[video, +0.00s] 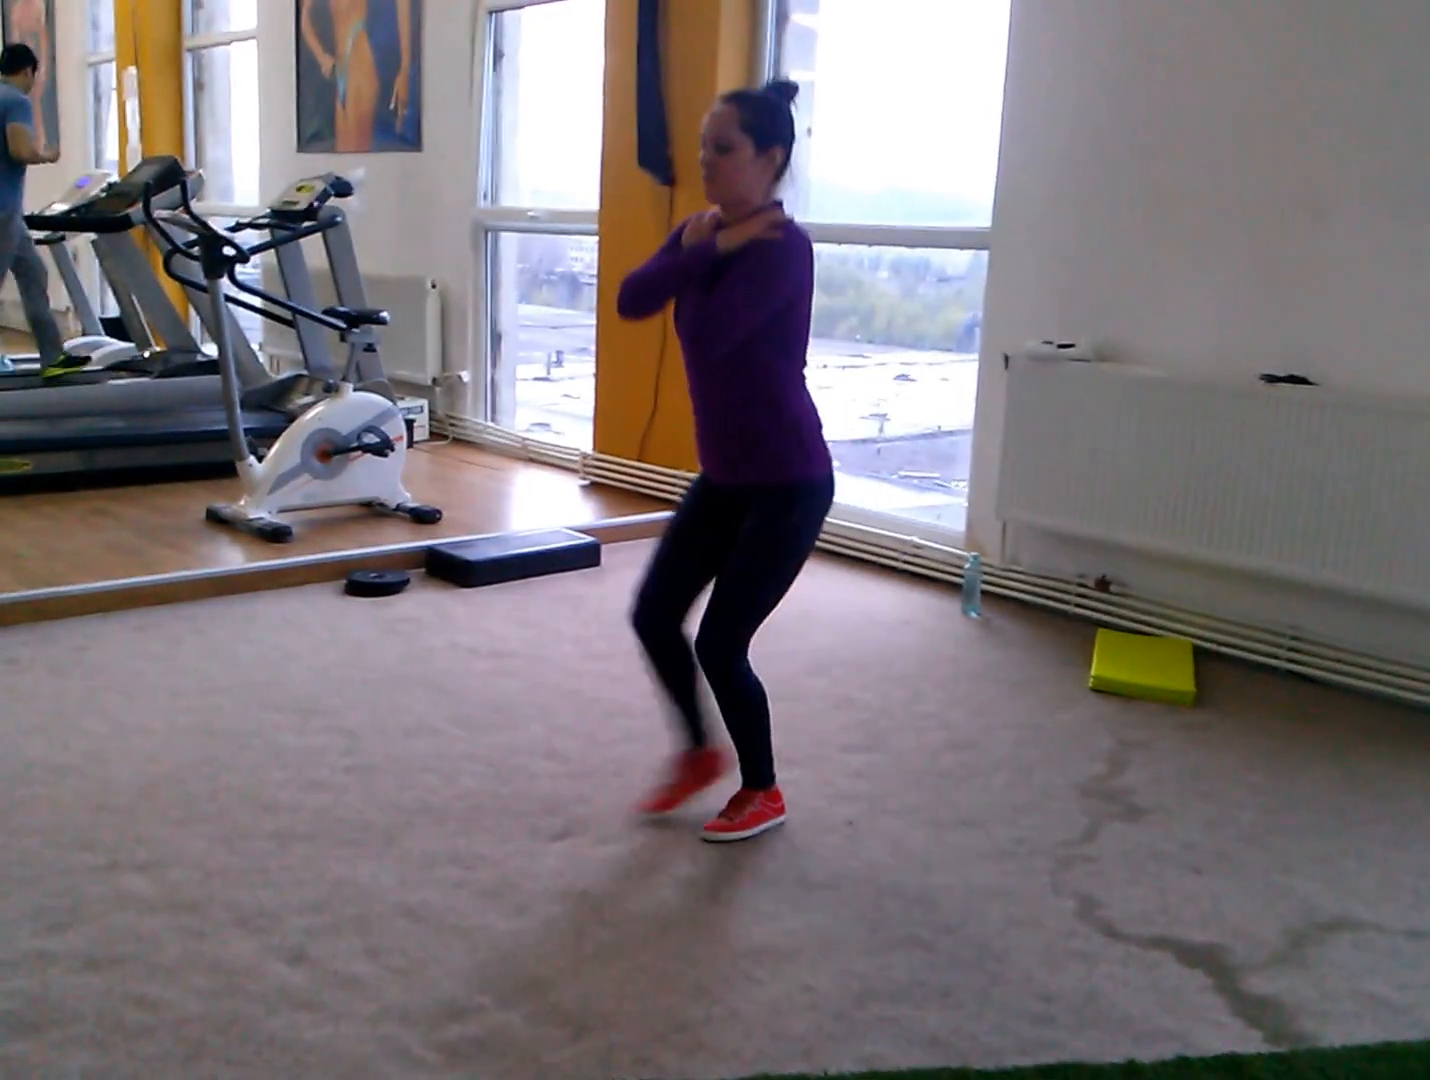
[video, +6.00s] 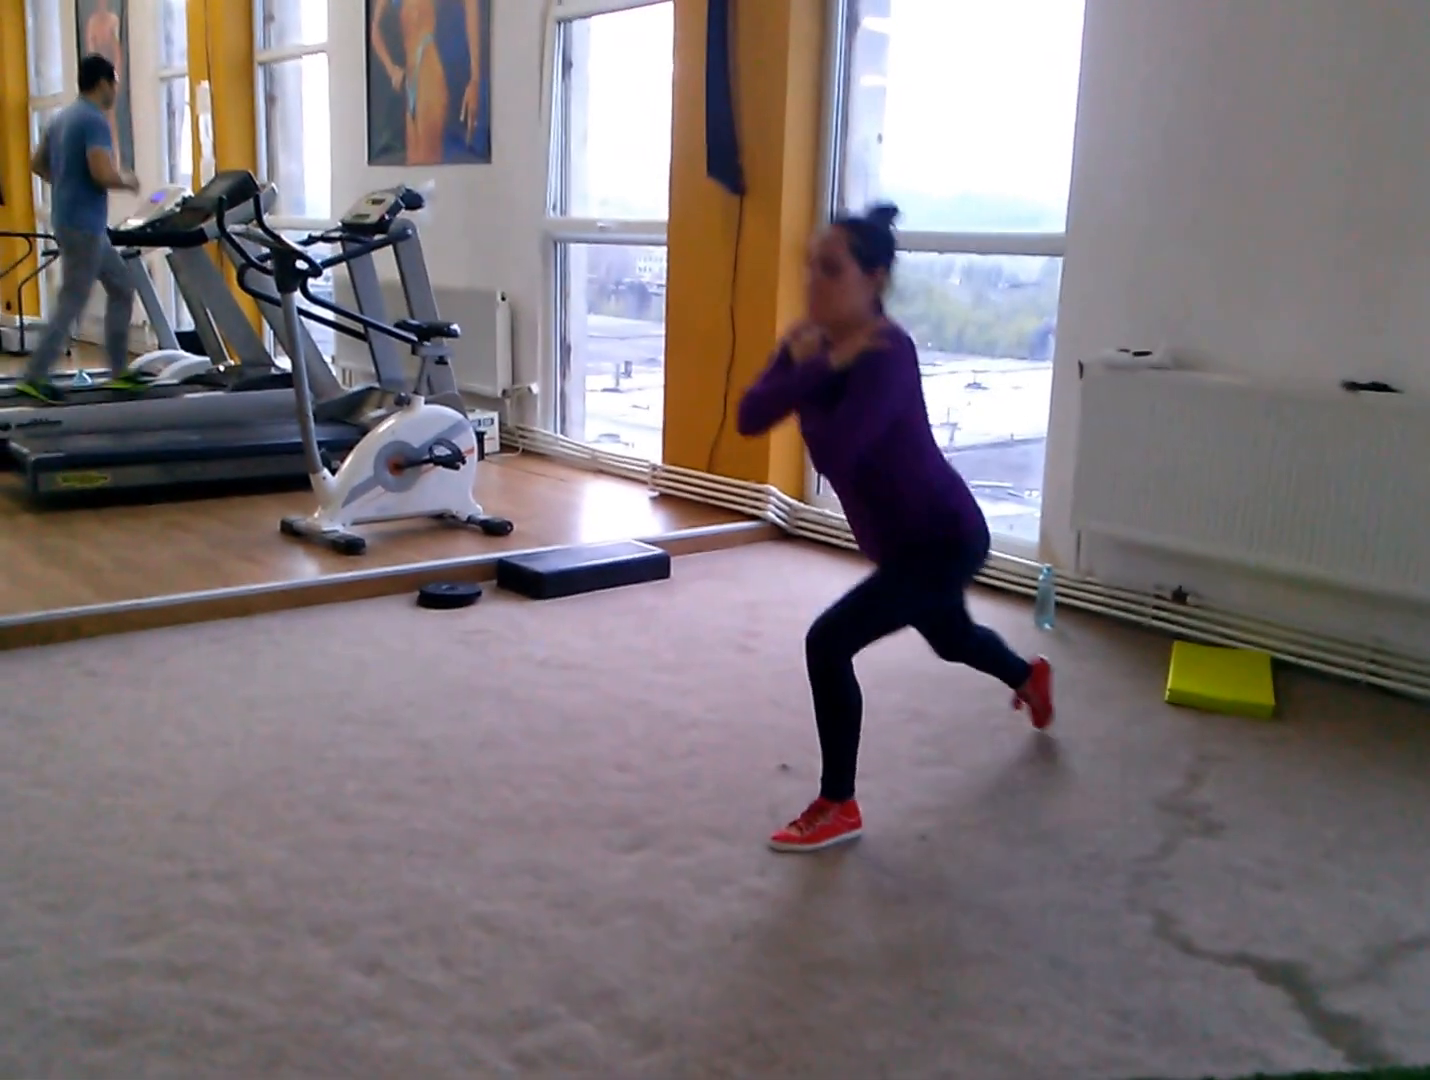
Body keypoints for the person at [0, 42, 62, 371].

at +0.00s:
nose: (34, 81)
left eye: (35, 75)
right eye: (34, 74)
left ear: (7, 70)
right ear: (26, 71)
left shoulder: (8, 99)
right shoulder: (15, 101)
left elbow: (21, 149)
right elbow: (20, 150)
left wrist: (40, 153)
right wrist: (45, 154)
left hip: (10, 213)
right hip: (6, 214)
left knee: (33, 274)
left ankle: (53, 355)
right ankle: (52, 354)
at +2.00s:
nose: (44, 83)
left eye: (43, 76)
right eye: (42, 75)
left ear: (18, 73)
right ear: (31, 73)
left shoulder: (15, 110)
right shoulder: (10, 110)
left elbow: (12, 161)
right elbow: (3, 158)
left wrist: (43, 162)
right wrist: (28, 188)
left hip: (13, 209)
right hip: (12, 210)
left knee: (5, 287)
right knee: (44, 280)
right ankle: (32, 363)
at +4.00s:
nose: (61, 79)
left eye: (61, 72)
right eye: (59, 72)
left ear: (33, 73)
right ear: (46, 72)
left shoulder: (19, 104)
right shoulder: (35, 107)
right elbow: (27, 157)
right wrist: (66, 192)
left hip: (18, 211)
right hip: (30, 212)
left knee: (44, 286)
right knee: (70, 281)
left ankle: (20, 357)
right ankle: (10, 326)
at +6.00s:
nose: (116, 90)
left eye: (115, 83)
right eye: (114, 83)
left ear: (84, 84)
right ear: (103, 84)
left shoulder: (61, 118)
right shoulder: (94, 121)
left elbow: (39, 163)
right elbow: (102, 174)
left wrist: (70, 183)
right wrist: (128, 181)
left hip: (69, 226)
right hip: (84, 228)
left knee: (122, 286)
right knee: (72, 302)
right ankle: (35, 376)